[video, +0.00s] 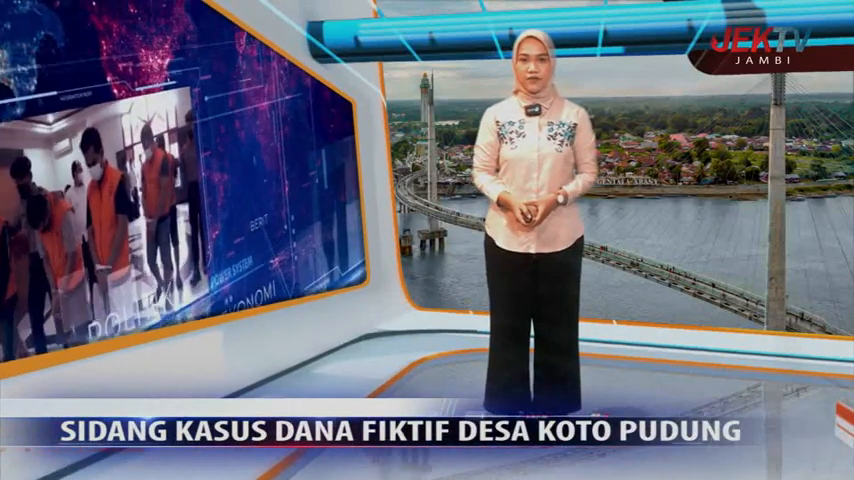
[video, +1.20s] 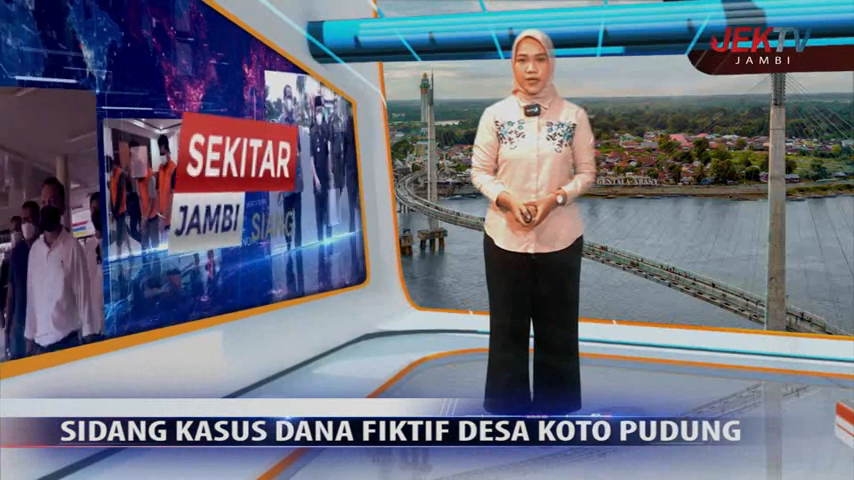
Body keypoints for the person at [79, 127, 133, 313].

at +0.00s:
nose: (91, 168)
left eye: (94, 161)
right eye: (88, 163)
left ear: (102, 154)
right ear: (84, 160)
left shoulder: (119, 179)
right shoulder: (91, 187)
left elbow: (123, 221)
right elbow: (89, 227)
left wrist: (110, 262)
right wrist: (96, 261)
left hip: (119, 260)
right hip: (100, 261)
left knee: (124, 312)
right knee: (108, 314)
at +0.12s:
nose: (104, 170)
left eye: (106, 164)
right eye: (101, 166)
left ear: (114, 157)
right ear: (98, 162)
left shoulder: (129, 181)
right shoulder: (104, 188)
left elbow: (133, 218)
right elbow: (103, 225)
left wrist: (125, 253)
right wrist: (109, 255)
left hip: (129, 253)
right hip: (113, 255)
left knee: (134, 298)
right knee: (120, 300)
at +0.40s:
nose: (122, 168)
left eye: (125, 163)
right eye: (120, 165)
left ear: (131, 159)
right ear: (117, 162)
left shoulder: (142, 179)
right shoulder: (121, 184)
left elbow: (144, 210)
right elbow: (119, 213)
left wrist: (137, 240)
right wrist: (123, 239)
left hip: (141, 240)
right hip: (127, 241)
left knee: (144, 279)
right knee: (133, 279)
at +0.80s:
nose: (145, 163)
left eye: (148, 159)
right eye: (144, 159)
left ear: (152, 157)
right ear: (142, 158)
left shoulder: (160, 174)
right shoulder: (143, 175)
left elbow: (163, 200)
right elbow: (142, 199)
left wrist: (154, 224)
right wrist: (143, 221)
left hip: (157, 225)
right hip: (147, 224)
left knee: (155, 259)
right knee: (149, 259)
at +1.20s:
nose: (162, 158)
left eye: (164, 154)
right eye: (160, 154)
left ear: (168, 153)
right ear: (159, 154)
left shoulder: (174, 169)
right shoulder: (160, 169)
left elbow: (173, 192)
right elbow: (159, 190)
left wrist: (169, 218)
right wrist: (158, 212)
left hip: (170, 219)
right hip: (161, 217)